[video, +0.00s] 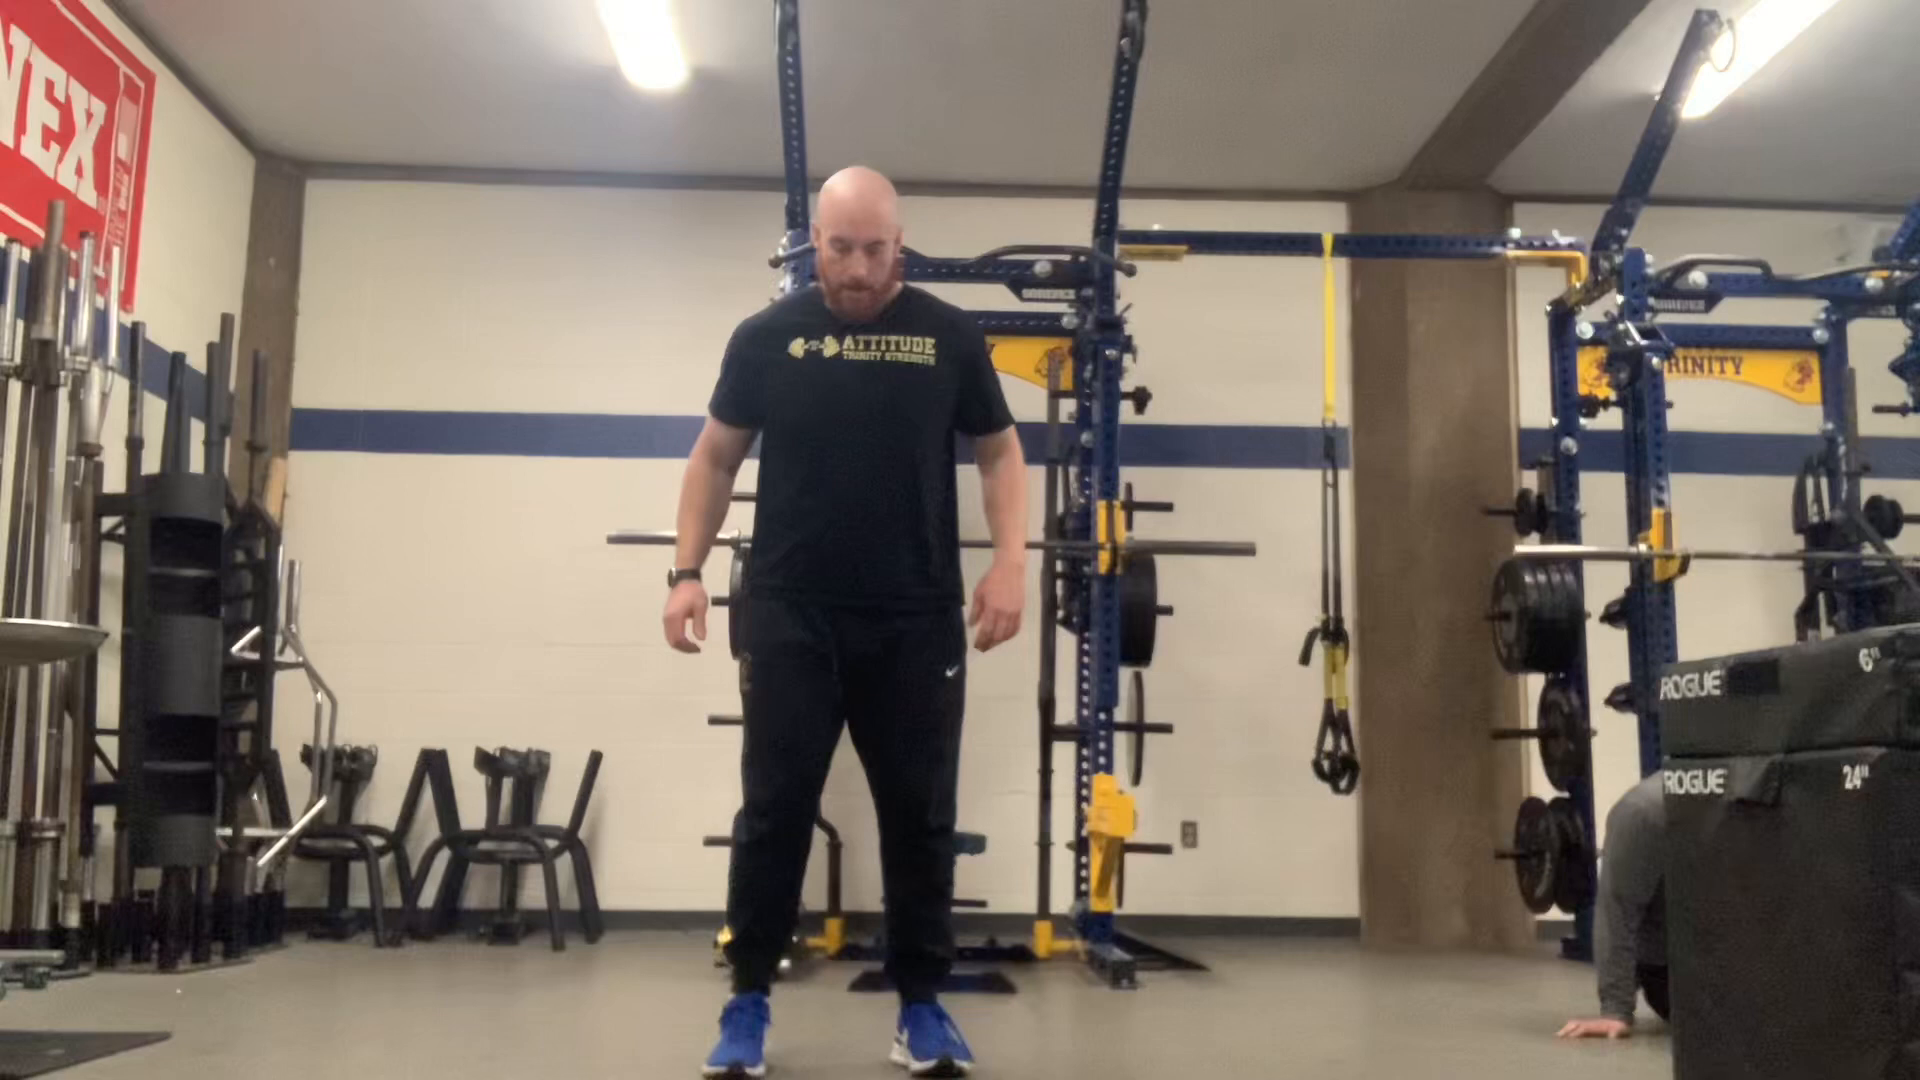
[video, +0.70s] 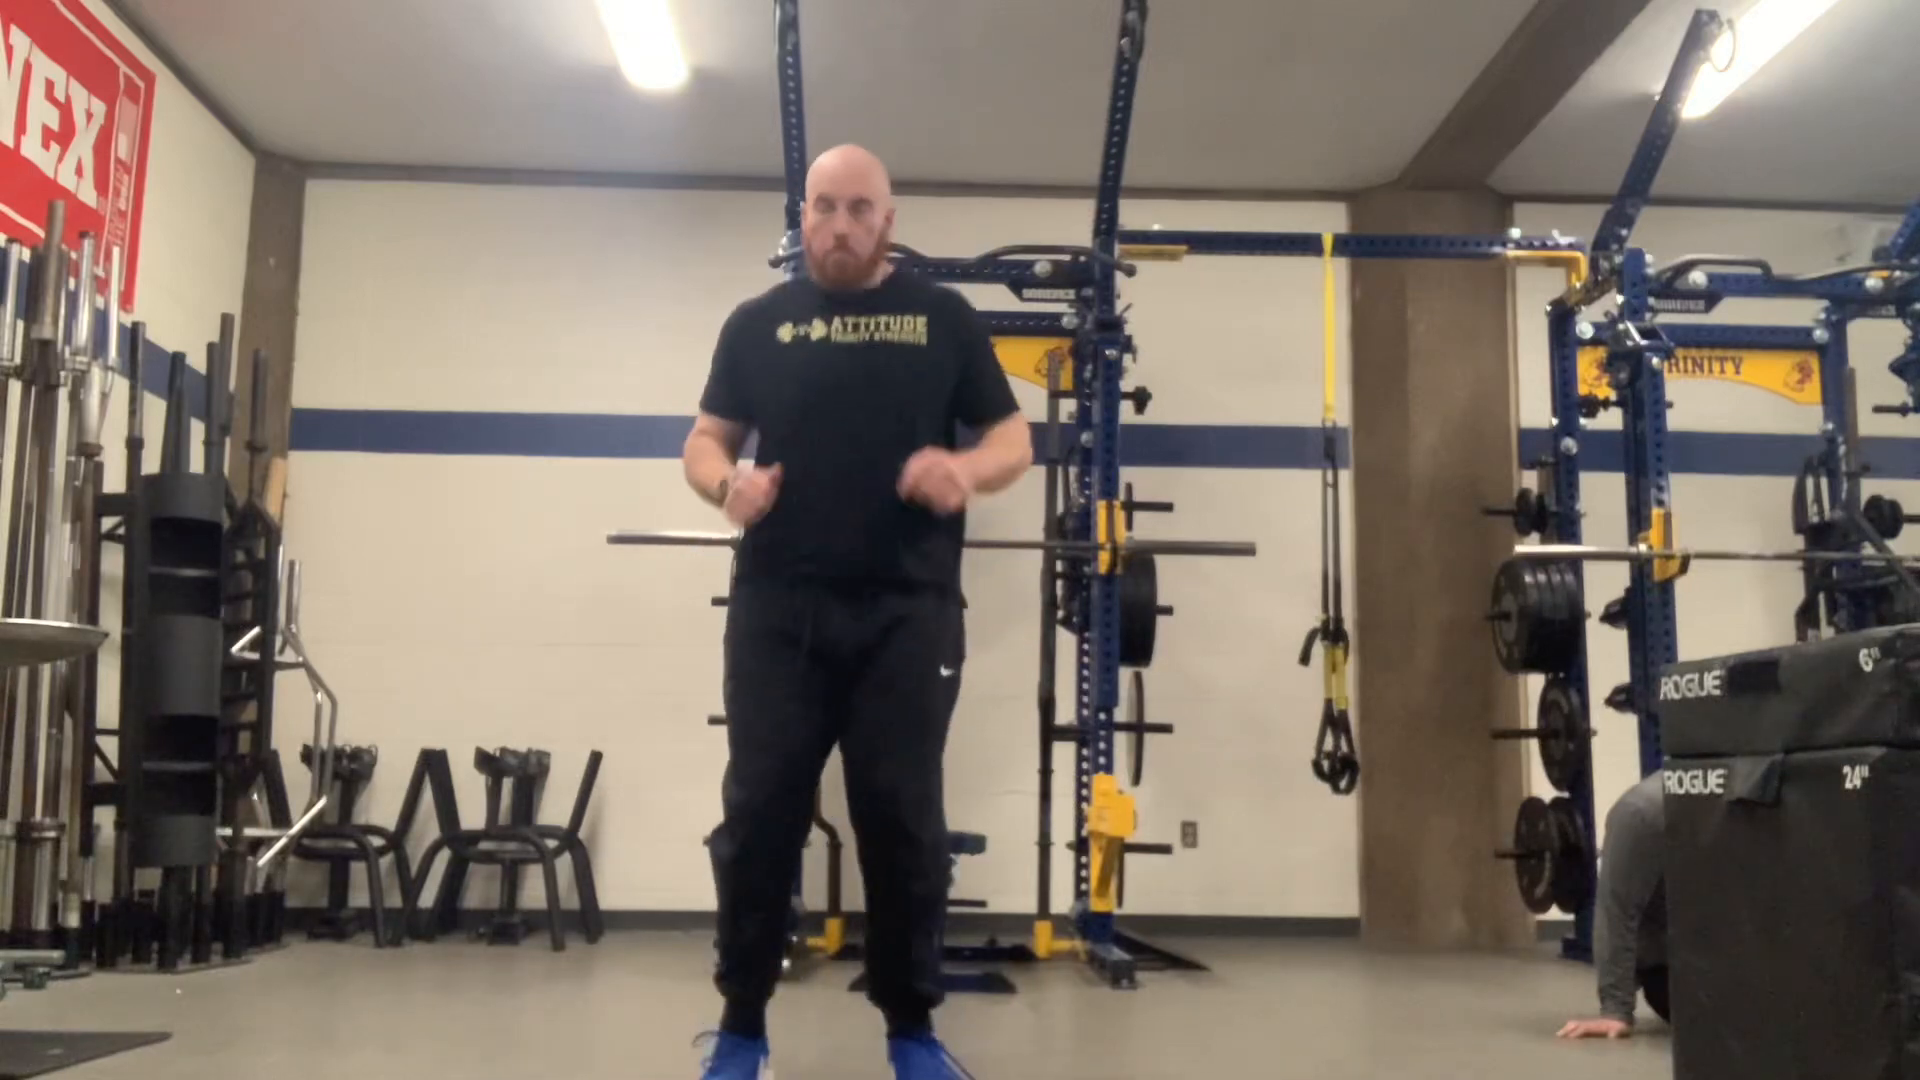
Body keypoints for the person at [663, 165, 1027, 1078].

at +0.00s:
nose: (856, 266)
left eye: (874, 248)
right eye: (840, 248)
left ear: (902, 240)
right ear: (813, 240)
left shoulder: (950, 338)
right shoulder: (765, 340)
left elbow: (1000, 456)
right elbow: (715, 457)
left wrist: (1010, 563)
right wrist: (685, 571)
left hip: (914, 618)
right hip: (789, 614)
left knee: (921, 818)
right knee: (774, 811)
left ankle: (921, 1006)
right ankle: (747, 1003)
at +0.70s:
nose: (840, 224)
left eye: (858, 207)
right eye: (825, 206)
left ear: (890, 216)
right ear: (801, 215)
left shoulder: (943, 316)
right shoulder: (755, 326)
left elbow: (1013, 443)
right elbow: (703, 448)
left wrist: (965, 469)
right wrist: (727, 482)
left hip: (908, 614)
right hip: (779, 612)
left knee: (903, 819)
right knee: (757, 819)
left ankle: (912, 1031)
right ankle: (741, 1029)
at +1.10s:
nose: (846, 192)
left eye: (865, 181)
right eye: (830, 181)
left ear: (894, 212)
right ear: (805, 212)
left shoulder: (947, 321)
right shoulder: (760, 325)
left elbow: (1002, 446)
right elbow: (712, 450)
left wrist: (973, 509)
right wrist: (735, 505)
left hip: (913, 613)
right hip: (788, 611)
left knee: (903, 829)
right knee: (774, 821)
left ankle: (896, 1015)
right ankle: (747, 1008)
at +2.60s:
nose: (842, 161)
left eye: (860, 151)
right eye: (824, 156)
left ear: (893, 185)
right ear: (801, 195)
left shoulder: (951, 290)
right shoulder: (754, 297)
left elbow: (1007, 410)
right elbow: (701, 420)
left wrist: (973, 466)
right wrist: (736, 455)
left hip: (918, 583)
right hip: (789, 579)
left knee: (916, 799)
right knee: (761, 791)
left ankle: (908, 991)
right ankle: (737, 984)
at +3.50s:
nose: (843, 204)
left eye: (863, 194)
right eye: (827, 196)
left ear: (894, 228)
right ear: (804, 230)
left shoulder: (945, 338)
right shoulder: (760, 338)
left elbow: (995, 460)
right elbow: (695, 460)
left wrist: (985, 530)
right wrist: (714, 509)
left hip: (909, 622)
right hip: (782, 622)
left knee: (913, 830)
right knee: (757, 821)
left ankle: (905, 1017)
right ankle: (739, 1006)